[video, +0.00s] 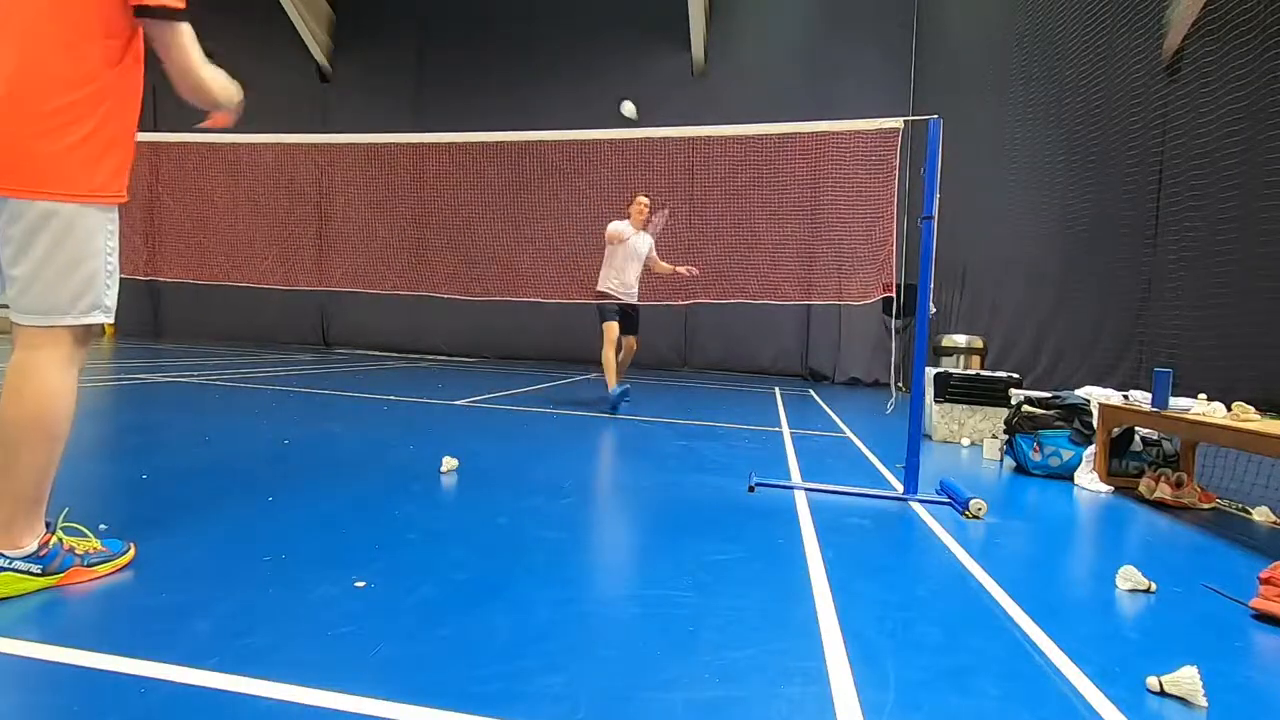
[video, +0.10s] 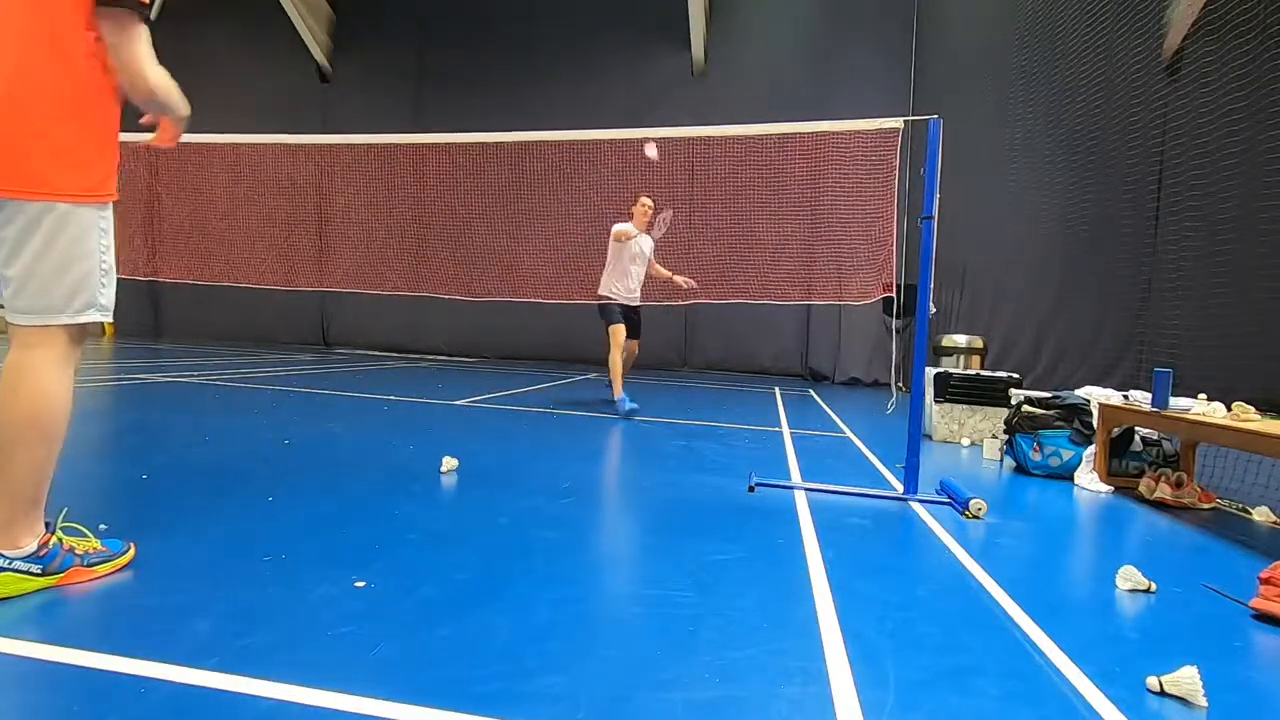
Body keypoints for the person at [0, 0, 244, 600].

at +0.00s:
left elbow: (185, 67)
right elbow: (188, 72)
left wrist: (213, 90)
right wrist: (221, 92)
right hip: (53, 133)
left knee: (33, 336)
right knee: (49, 337)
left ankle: (20, 536)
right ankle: (20, 544)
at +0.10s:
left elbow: (134, 59)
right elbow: (137, 65)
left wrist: (161, 99)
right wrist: (169, 105)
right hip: (43, 118)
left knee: (36, 330)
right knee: (44, 332)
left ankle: (18, 532)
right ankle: (19, 543)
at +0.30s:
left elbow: (49, 46)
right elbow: (55, 46)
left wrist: (94, 103)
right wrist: (104, 101)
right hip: (24, 154)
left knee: (23, 339)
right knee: (27, 340)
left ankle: (20, 534)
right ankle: (19, 542)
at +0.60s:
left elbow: (5, 48)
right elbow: (1, 43)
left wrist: (23, 128)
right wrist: (41, 106)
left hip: (8, 160)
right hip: (3, 161)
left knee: (19, 333)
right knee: (19, 334)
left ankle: (19, 532)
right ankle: (19, 540)